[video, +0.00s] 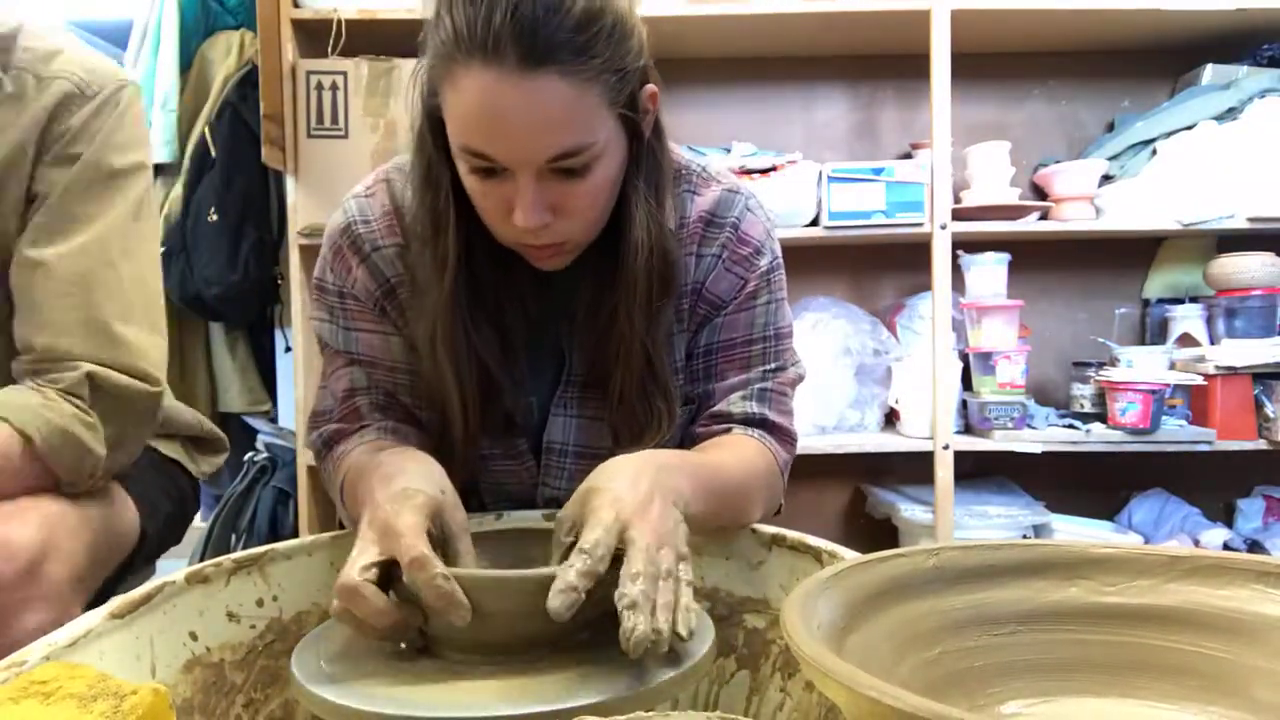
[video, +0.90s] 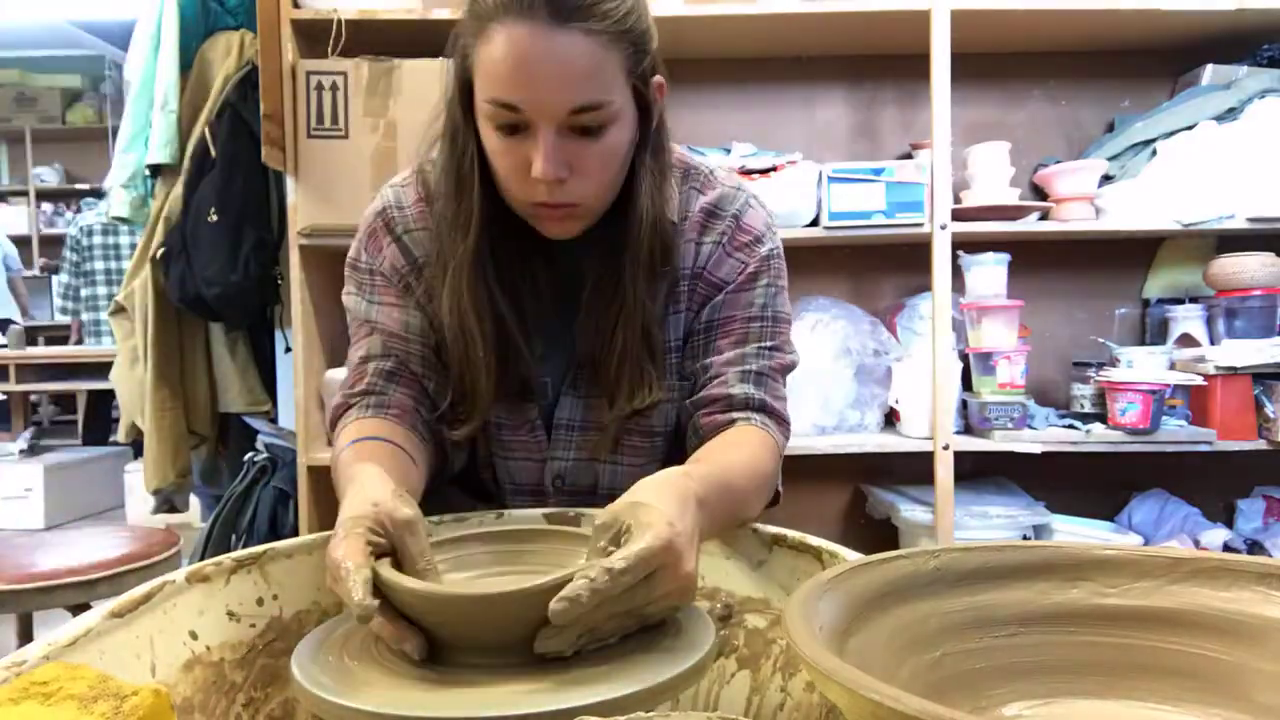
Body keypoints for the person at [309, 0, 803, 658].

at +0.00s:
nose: (527, 215)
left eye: (571, 169)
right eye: (484, 170)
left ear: (642, 118)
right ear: (442, 132)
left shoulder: (722, 230)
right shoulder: (375, 234)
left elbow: (758, 450)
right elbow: (355, 422)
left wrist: (667, 476)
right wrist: (389, 477)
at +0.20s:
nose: (525, 213)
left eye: (567, 165)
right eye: (483, 166)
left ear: (639, 116)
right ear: (441, 130)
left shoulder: (720, 231)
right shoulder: (374, 233)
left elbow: (756, 443)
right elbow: (357, 418)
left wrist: (682, 478)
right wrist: (374, 486)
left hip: (642, 612)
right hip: (445, 613)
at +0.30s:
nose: (490, 103)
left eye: (525, 59)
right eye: (451, 72)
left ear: (597, 53)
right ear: (425, 82)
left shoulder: (701, 218)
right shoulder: (383, 235)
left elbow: (742, 423)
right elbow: (390, 414)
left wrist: (668, 491)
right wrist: (392, 494)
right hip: (460, 612)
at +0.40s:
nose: (496, 99)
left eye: (531, 55)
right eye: (457, 67)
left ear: (603, 51)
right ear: (427, 78)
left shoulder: (705, 221)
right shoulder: (380, 234)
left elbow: (743, 425)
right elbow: (394, 421)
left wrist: (682, 480)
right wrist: (376, 493)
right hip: (458, 609)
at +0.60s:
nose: (432, 221)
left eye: (441, 172)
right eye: (396, 200)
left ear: (511, 108)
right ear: (374, 190)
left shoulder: (682, 220)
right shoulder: (391, 253)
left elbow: (726, 403)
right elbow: (419, 409)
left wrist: (662, 512)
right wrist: (432, 514)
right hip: (485, 584)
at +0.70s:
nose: (463, 205)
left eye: (479, 153)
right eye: (421, 178)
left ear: (548, 98)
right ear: (392, 168)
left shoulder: (695, 217)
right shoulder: (396, 247)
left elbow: (730, 403)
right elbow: (421, 415)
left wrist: (670, 518)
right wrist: (438, 512)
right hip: (488, 591)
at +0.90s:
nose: (547, 168)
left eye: (587, 127)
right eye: (510, 126)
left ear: (648, 106)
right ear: (469, 109)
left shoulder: (723, 227)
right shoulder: (408, 224)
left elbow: (750, 432)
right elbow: (383, 398)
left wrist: (688, 495)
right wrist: (373, 488)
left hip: (653, 585)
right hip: (466, 578)